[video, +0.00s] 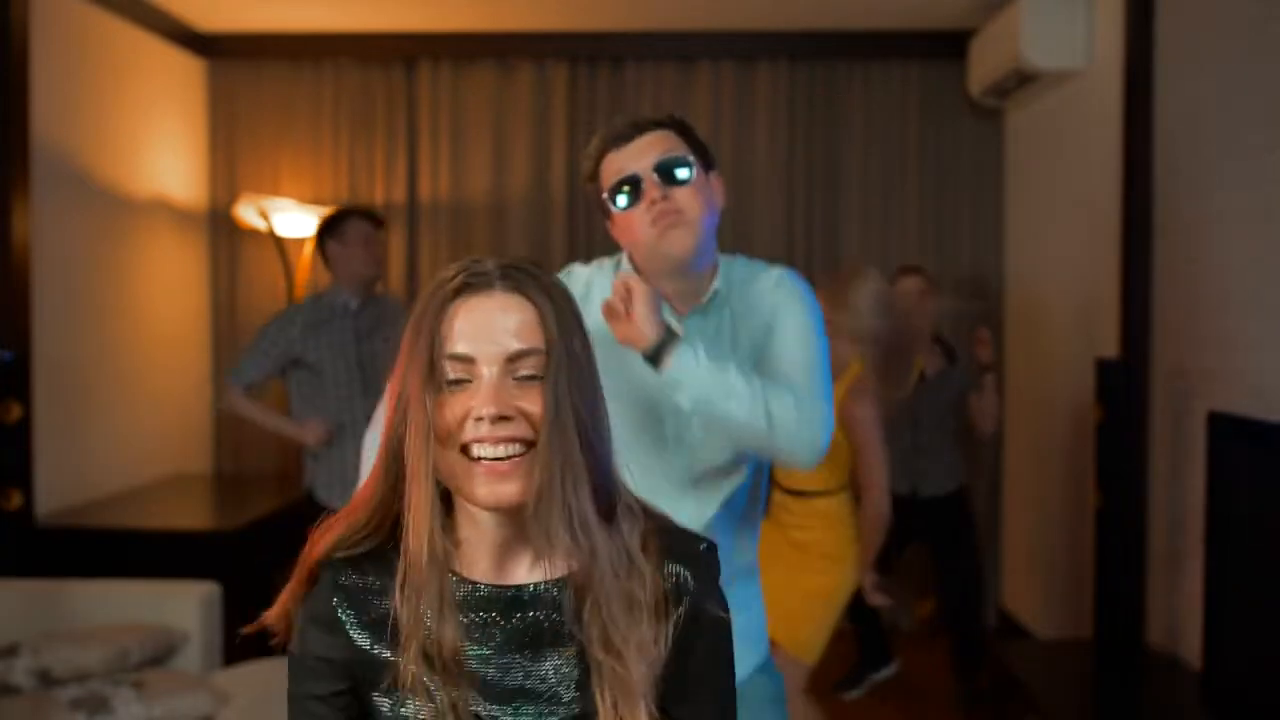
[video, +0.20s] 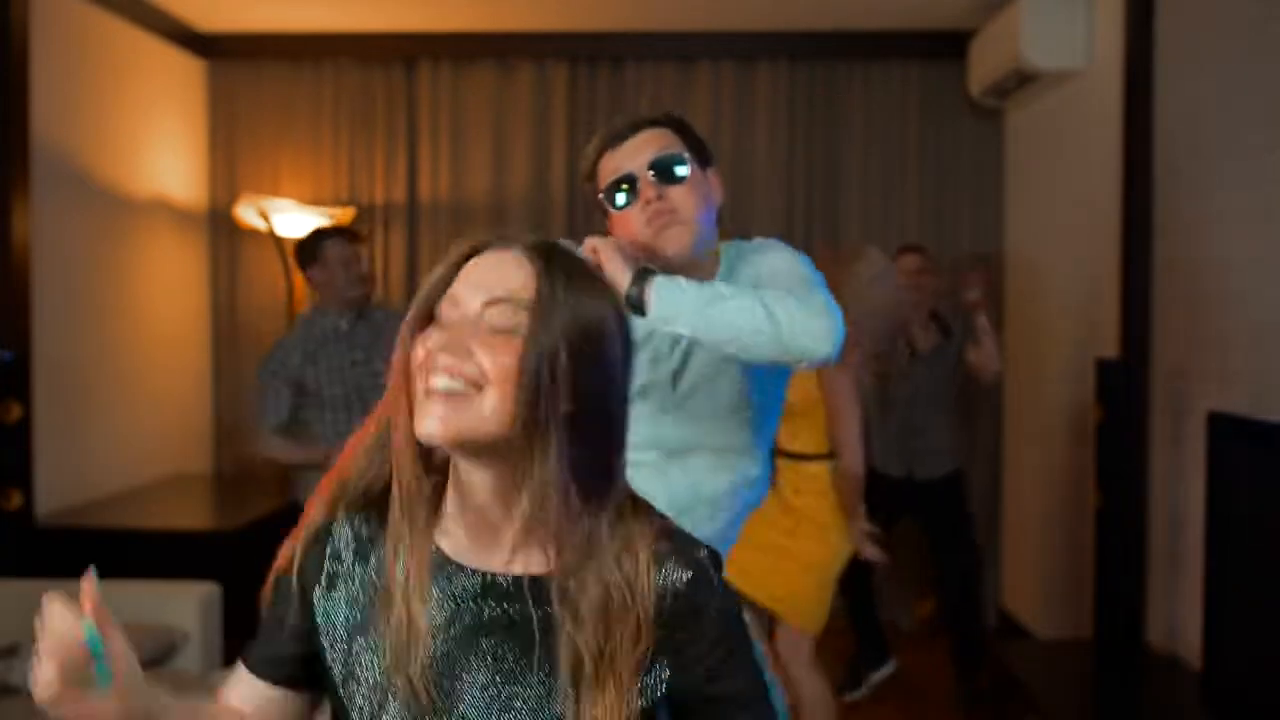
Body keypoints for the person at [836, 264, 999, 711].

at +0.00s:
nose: (910, 308)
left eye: (919, 298)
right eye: (901, 299)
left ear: (934, 305)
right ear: (890, 307)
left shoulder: (953, 360)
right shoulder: (881, 360)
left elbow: (984, 424)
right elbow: (865, 425)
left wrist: (985, 368)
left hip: (945, 498)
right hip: (891, 497)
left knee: (961, 594)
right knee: (865, 575)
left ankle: (971, 682)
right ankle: (874, 657)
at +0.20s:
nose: (913, 284)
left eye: (921, 274)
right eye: (904, 276)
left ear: (936, 280)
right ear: (890, 284)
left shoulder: (951, 330)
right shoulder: (880, 336)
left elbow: (987, 369)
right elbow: (855, 390)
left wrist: (977, 310)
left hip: (940, 474)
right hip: (884, 473)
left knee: (959, 579)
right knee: (859, 568)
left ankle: (971, 678)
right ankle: (872, 655)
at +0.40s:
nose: (901, 265)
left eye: (908, 254)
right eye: (891, 256)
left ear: (924, 262)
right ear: (873, 265)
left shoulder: (934, 308)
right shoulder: (869, 315)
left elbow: (985, 306)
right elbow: (852, 383)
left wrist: (959, 250)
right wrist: (856, 440)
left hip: (931, 448)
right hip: (876, 450)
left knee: (950, 557)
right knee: (852, 555)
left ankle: (971, 664)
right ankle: (858, 652)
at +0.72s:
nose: (869, 288)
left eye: (878, 277)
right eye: (861, 279)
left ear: (894, 284)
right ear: (847, 288)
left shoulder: (914, 324)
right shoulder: (842, 335)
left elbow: (978, 292)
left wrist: (936, 256)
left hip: (920, 460)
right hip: (862, 464)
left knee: (939, 567)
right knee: (851, 565)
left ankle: (964, 670)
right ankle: (855, 666)